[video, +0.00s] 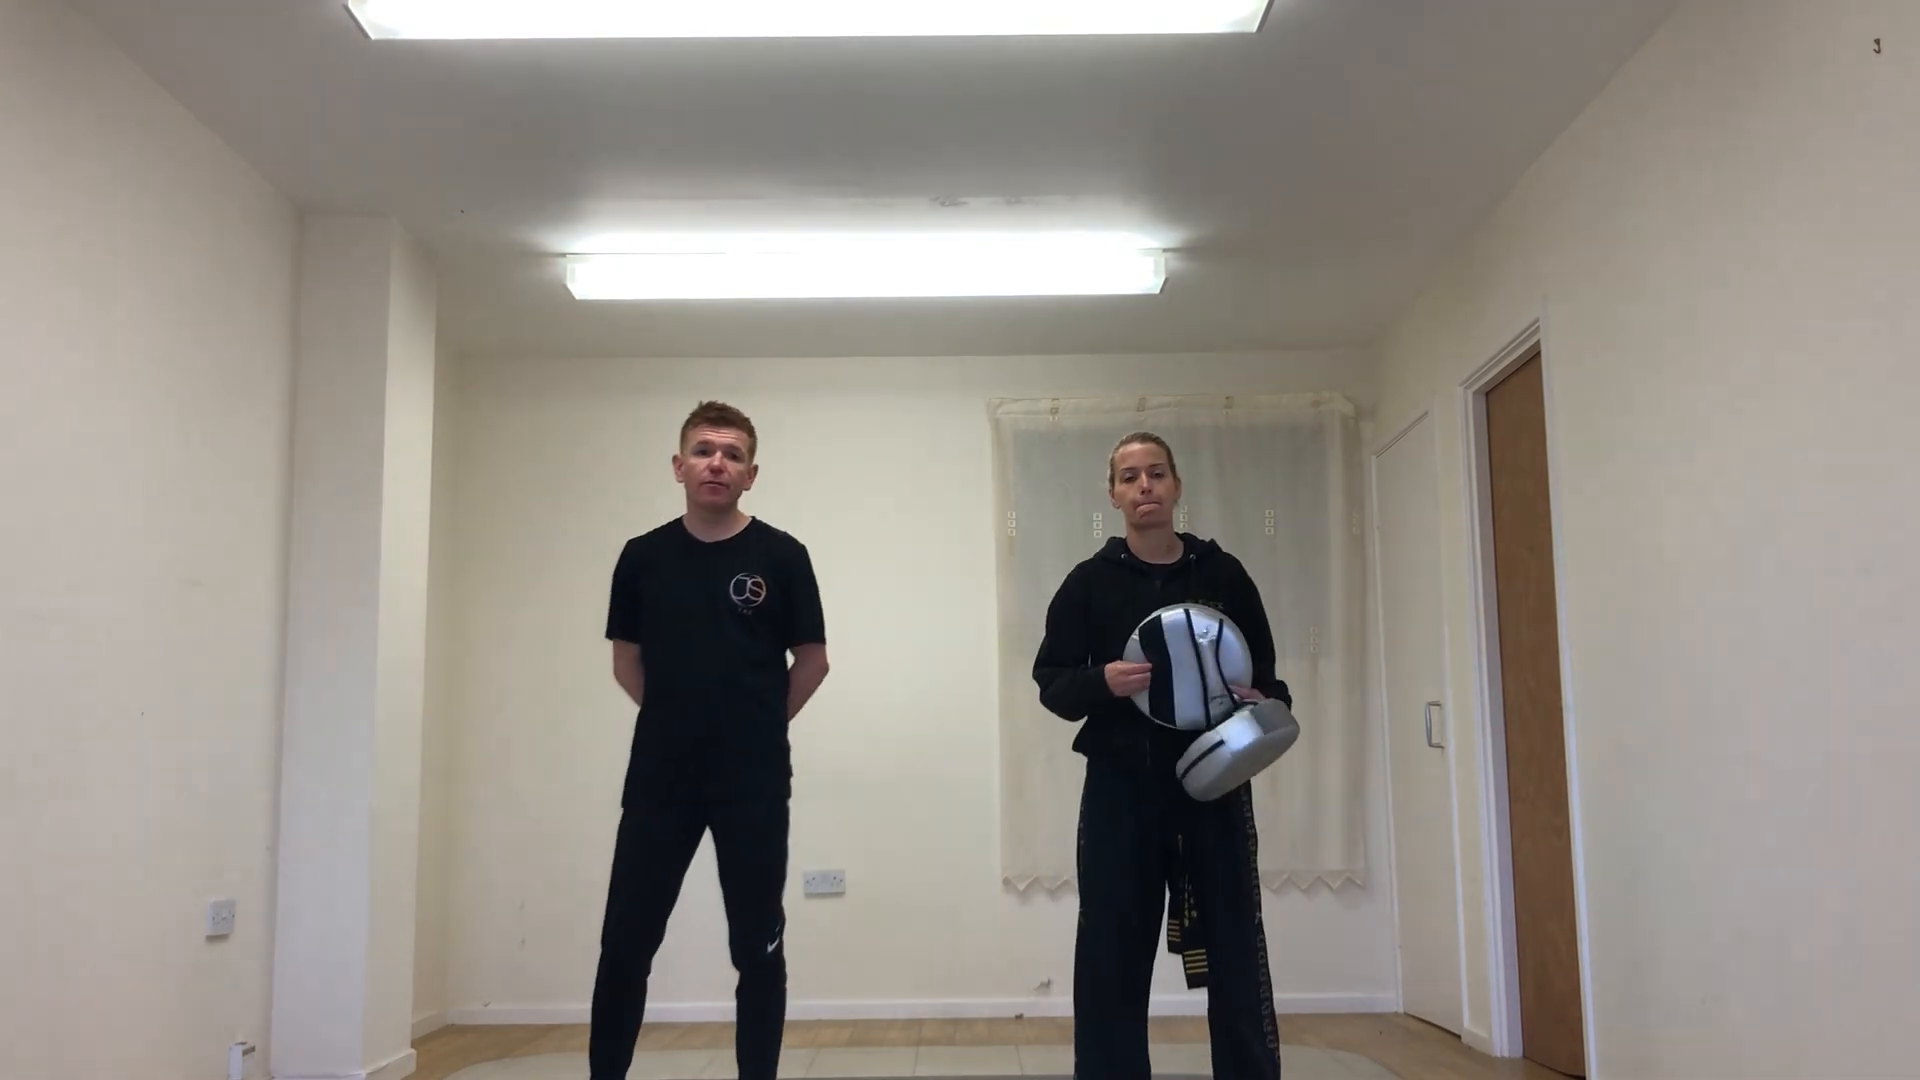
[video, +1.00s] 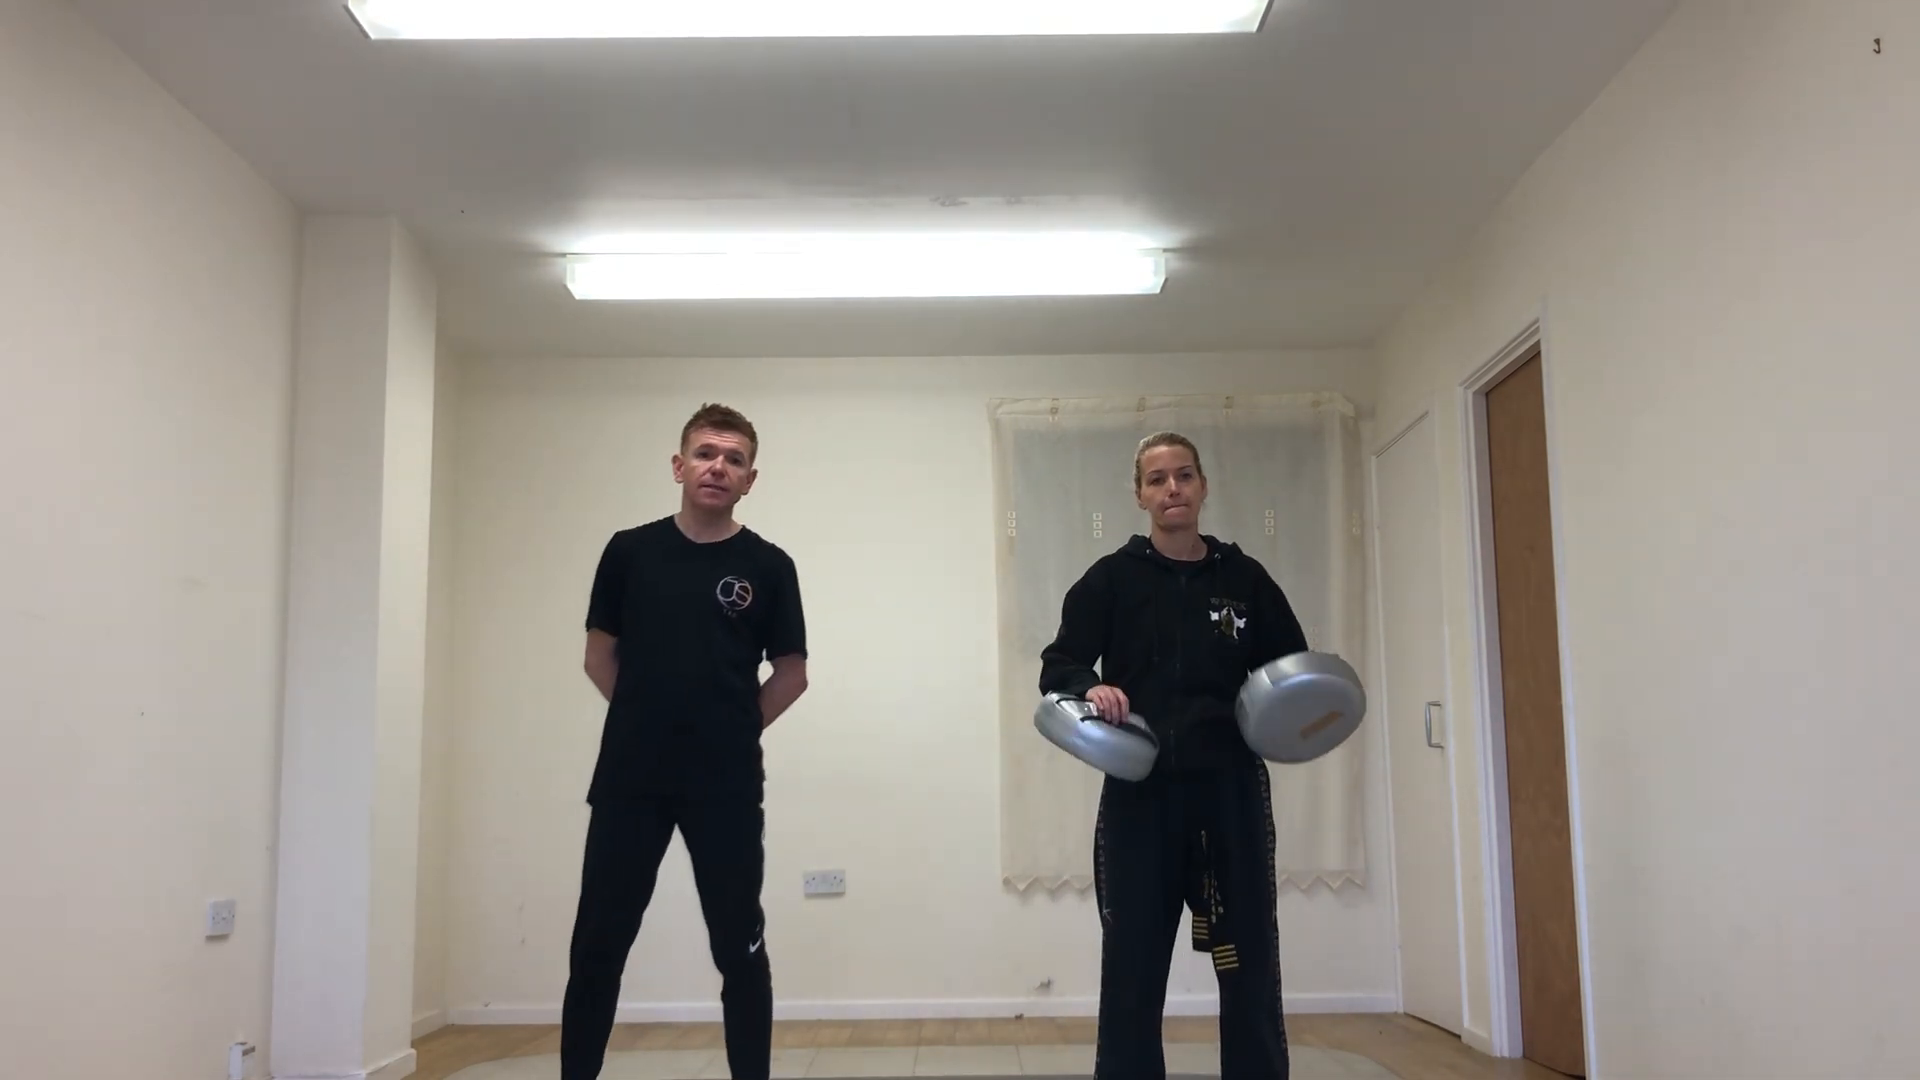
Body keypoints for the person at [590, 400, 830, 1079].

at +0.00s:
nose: (717, 463)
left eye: (733, 454)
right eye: (704, 451)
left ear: (750, 473)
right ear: (680, 466)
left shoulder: (782, 555)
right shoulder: (642, 554)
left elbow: (812, 661)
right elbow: (626, 665)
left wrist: (762, 721)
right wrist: (677, 715)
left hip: (751, 769)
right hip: (663, 767)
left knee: (759, 949)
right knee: (624, 946)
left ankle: (757, 1077)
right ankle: (605, 1076)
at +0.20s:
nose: (749, 463)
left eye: (765, 454)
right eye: (736, 450)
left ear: (782, 472)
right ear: (711, 464)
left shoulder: (808, 557)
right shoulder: (667, 549)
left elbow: (834, 663)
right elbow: (648, 654)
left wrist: (778, 719)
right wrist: (697, 710)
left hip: (765, 770)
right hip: (676, 764)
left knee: (763, 945)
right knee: (639, 933)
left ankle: (759, 1076)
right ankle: (636, 1075)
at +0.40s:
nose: (768, 464)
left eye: (784, 456)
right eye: (756, 450)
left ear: (799, 474)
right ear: (728, 461)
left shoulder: (819, 562)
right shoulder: (678, 544)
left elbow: (839, 670)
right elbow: (649, 649)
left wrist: (779, 720)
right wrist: (698, 709)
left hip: (769, 775)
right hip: (682, 769)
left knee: (765, 951)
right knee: (661, 945)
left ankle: (760, 1076)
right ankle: (663, 1076)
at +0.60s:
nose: (770, 466)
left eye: (786, 457)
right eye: (758, 451)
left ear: (802, 477)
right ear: (731, 461)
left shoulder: (820, 563)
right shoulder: (681, 544)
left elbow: (840, 673)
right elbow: (650, 651)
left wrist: (778, 723)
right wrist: (701, 707)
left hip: (766, 774)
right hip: (676, 764)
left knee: (764, 949)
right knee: (630, 933)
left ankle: (759, 1077)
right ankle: (619, 1074)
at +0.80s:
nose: (757, 465)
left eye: (773, 456)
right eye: (744, 451)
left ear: (787, 476)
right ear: (717, 462)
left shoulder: (806, 564)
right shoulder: (665, 546)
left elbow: (825, 673)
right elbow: (634, 655)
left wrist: (763, 725)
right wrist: (686, 711)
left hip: (755, 770)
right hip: (665, 761)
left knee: (759, 950)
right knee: (613, 939)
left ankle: (757, 1077)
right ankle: (579, 1075)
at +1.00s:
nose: (718, 467)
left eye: (734, 459)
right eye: (706, 453)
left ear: (749, 479)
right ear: (678, 464)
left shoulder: (770, 566)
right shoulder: (628, 550)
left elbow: (792, 674)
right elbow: (599, 657)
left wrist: (732, 725)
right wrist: (648, 713)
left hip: (723, 775)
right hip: (632, 769)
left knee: (740, 950)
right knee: (597, 945)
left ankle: (751, 1076)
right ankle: (576, 1075)